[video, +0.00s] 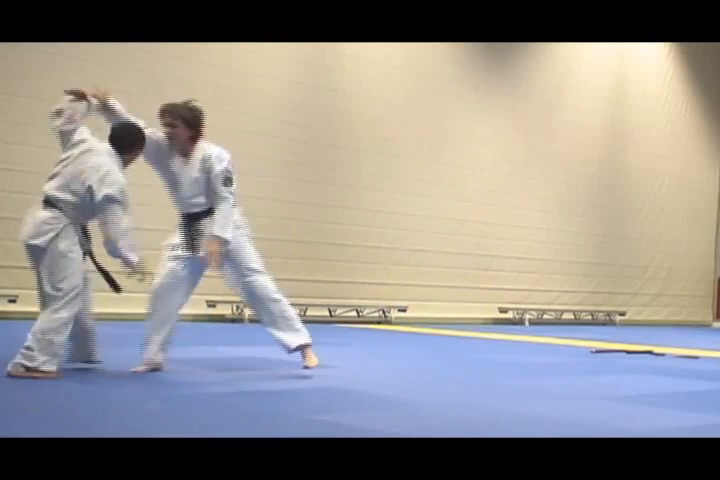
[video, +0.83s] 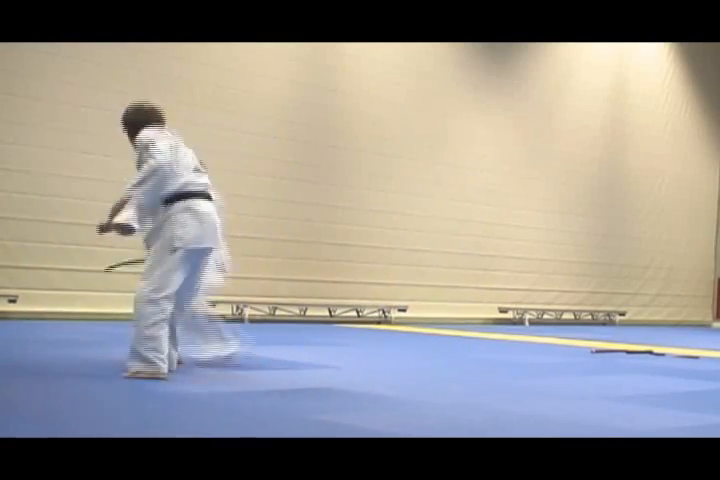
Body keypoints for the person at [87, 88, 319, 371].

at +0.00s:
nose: (165, 132)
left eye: (171, 127)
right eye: (164, 127)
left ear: (191, 131)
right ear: (166, 130)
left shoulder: (215, 158)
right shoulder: (161, 151)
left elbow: (226, 202)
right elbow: (132, 127)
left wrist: (217, 237)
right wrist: (104, 103)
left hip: (223, 224)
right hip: (189, 229)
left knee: (257, 284)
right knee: (165, 287)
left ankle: (304, 346)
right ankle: (153, 356)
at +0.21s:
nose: (147, 128)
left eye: (153, 122)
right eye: (146, 123)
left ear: (172, 123)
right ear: (146, 125)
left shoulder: (200, 145)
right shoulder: (143, 147)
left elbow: (228, 175)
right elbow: (102, 134)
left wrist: (240, 199)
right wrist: (61, 118)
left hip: (207, 223)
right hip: (172, 228)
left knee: (231, 290)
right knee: (147, 293)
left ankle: (264, 359)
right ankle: (150, 360)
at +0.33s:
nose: (132, 142)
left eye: (133, 135)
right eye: (129, 137)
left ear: (148, 128)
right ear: (135, 133)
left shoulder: (183, 132)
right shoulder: (140, 149)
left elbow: (224, 140)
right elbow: (105, 135)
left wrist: (254, 160)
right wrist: (66, 120)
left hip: (201, 214)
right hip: (169, 218)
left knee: (217, 287)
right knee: (153, 293)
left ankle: (245, 357)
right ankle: (153, 360)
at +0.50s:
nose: (126, 125)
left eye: (128, 119)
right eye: (125, 120)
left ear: (142, 116)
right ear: (136, 119)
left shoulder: (175, 126)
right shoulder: (139, 137)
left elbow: (212, 131)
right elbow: (108, 120)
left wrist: (245, 144)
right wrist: (74, 103)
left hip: (196, 212)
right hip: (168, 218)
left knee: (206, 285)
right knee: (155, 289)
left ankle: (242, 356)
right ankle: (160, 357)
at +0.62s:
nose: (130, 121)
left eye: (133, 115)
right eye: (130, 116)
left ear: (149, 115)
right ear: (144, 116)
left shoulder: (178, 129)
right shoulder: (142, 139)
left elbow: (206, 145)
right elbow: (111, 133)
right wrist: (78, 126)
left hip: (189, 215)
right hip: (163, 217)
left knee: (180, 282)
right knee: (152, 290)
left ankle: (226, 348)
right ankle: (160, 357)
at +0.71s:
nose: (131, 125)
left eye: (134, 119)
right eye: (131, 119)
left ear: (148, 116)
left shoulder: (169, 128)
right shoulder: (147, 147)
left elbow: (191, 151)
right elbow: (117, 160)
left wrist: (158, 181)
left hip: (191, 215)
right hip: (170, 217)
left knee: (163, 279)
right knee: (150, 283)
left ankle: (198, 351)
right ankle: (160, 357)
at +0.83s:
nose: (128, 137)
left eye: (127, 131)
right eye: (126, 132)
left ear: (133, 126)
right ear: (157, 120)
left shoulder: (148, 135)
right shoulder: (177, 142)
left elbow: (160, 163)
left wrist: (125, 200)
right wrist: (127, 220)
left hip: (185, 217)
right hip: (207, 218)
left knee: (153, 294)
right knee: (182, 297)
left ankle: (151, 362)